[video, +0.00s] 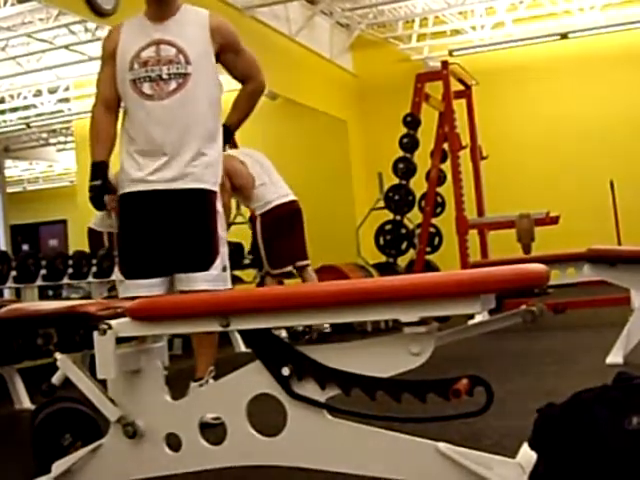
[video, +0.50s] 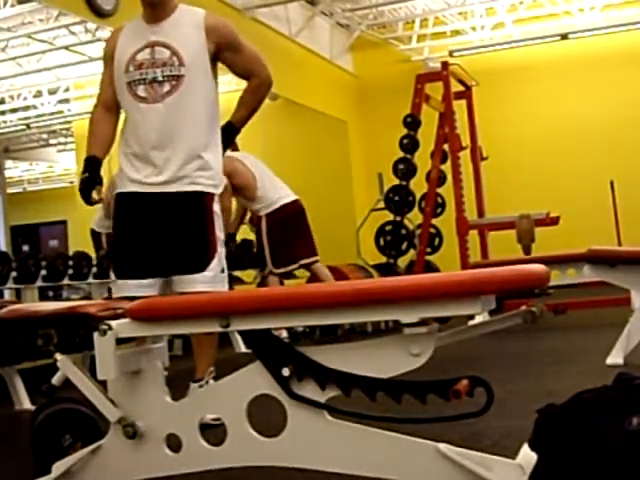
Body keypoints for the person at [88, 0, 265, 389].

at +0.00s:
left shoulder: (212, 29)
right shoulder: (118, 37)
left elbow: (255, 81)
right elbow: (106, 106)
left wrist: (227, 130)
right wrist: (98, 172)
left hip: (197, 176)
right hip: (139, 179)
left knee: (202, 293)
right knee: (141, 297)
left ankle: (204, 385)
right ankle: (148, 388)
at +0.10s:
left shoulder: (212, 28)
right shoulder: (118, 37)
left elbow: (258, 80)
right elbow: (105, 106)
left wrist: (230, 132)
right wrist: (97, 172)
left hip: (197, 176)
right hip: (139, 180)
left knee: (201, 294)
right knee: (142, 298)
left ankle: (204, 385)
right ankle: (148, 389)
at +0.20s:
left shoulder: (212, 28)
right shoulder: (119, 37)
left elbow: (260, 79)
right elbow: (105, 106)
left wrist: (232, 131)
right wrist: (95, 170)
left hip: (197, 177)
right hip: (138, 181)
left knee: (202, 293)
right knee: (141, 298)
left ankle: (204, 385)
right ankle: (147, 390)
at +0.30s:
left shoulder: (211, 28)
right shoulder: (120, 37)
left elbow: (261, 79)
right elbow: (106, 105)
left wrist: (232, 131)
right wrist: (94, 167)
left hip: (196, 177)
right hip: (138, 181)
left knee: (202, 293)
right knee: (141, 297)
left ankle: (203, 384)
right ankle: (147, 386)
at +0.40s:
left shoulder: (211, 29)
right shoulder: (120, 39)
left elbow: (261, 80)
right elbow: (106, 106)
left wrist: (231, 131)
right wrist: (93, 165)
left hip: (196, 178)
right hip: (137, 182)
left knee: (202, 293)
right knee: (140, 297)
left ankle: (203, 385)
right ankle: (147, 388)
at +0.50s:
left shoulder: (209, 29)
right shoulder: (119, 39)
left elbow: (261, 78)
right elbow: (106, 106)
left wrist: (232, 129)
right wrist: (93, 161)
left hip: (193, 179)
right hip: (135, 182)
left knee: (201, 294)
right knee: (135, 297)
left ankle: (203, 383)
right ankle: (143, 387)